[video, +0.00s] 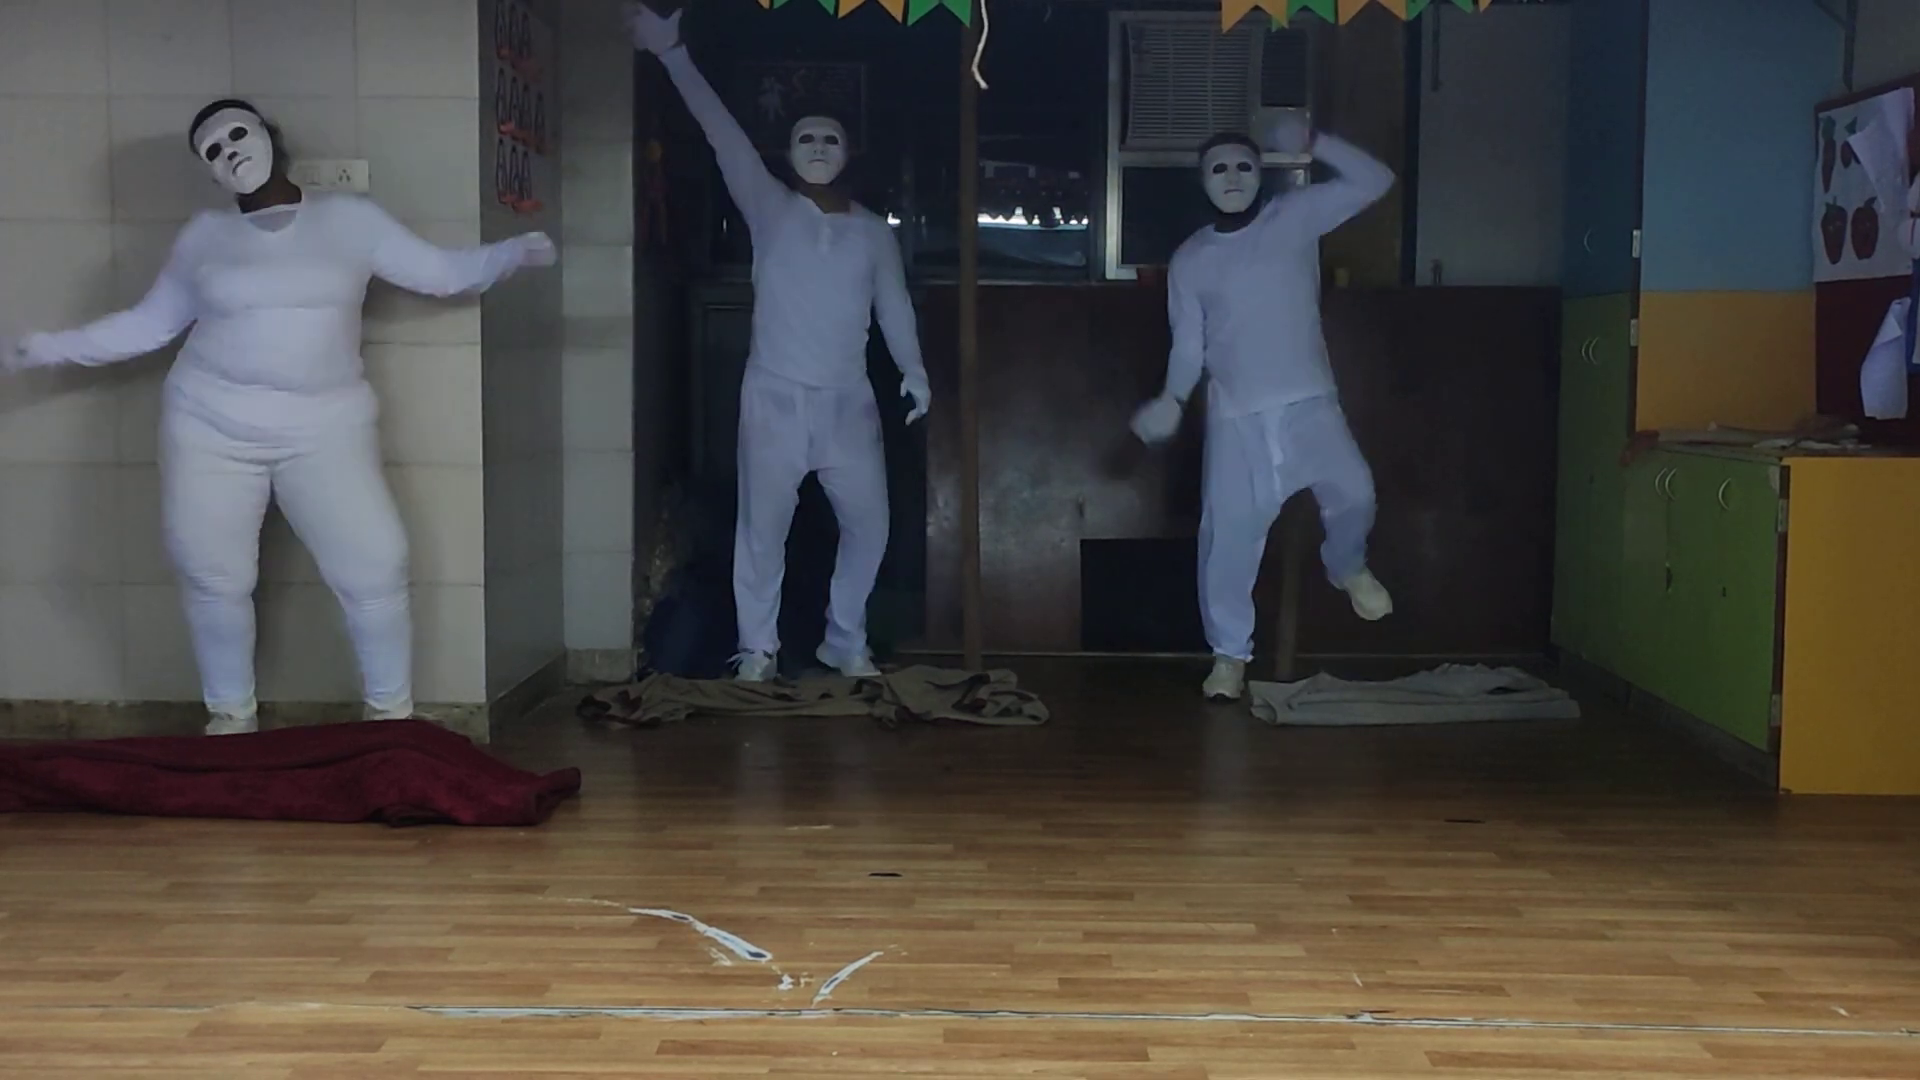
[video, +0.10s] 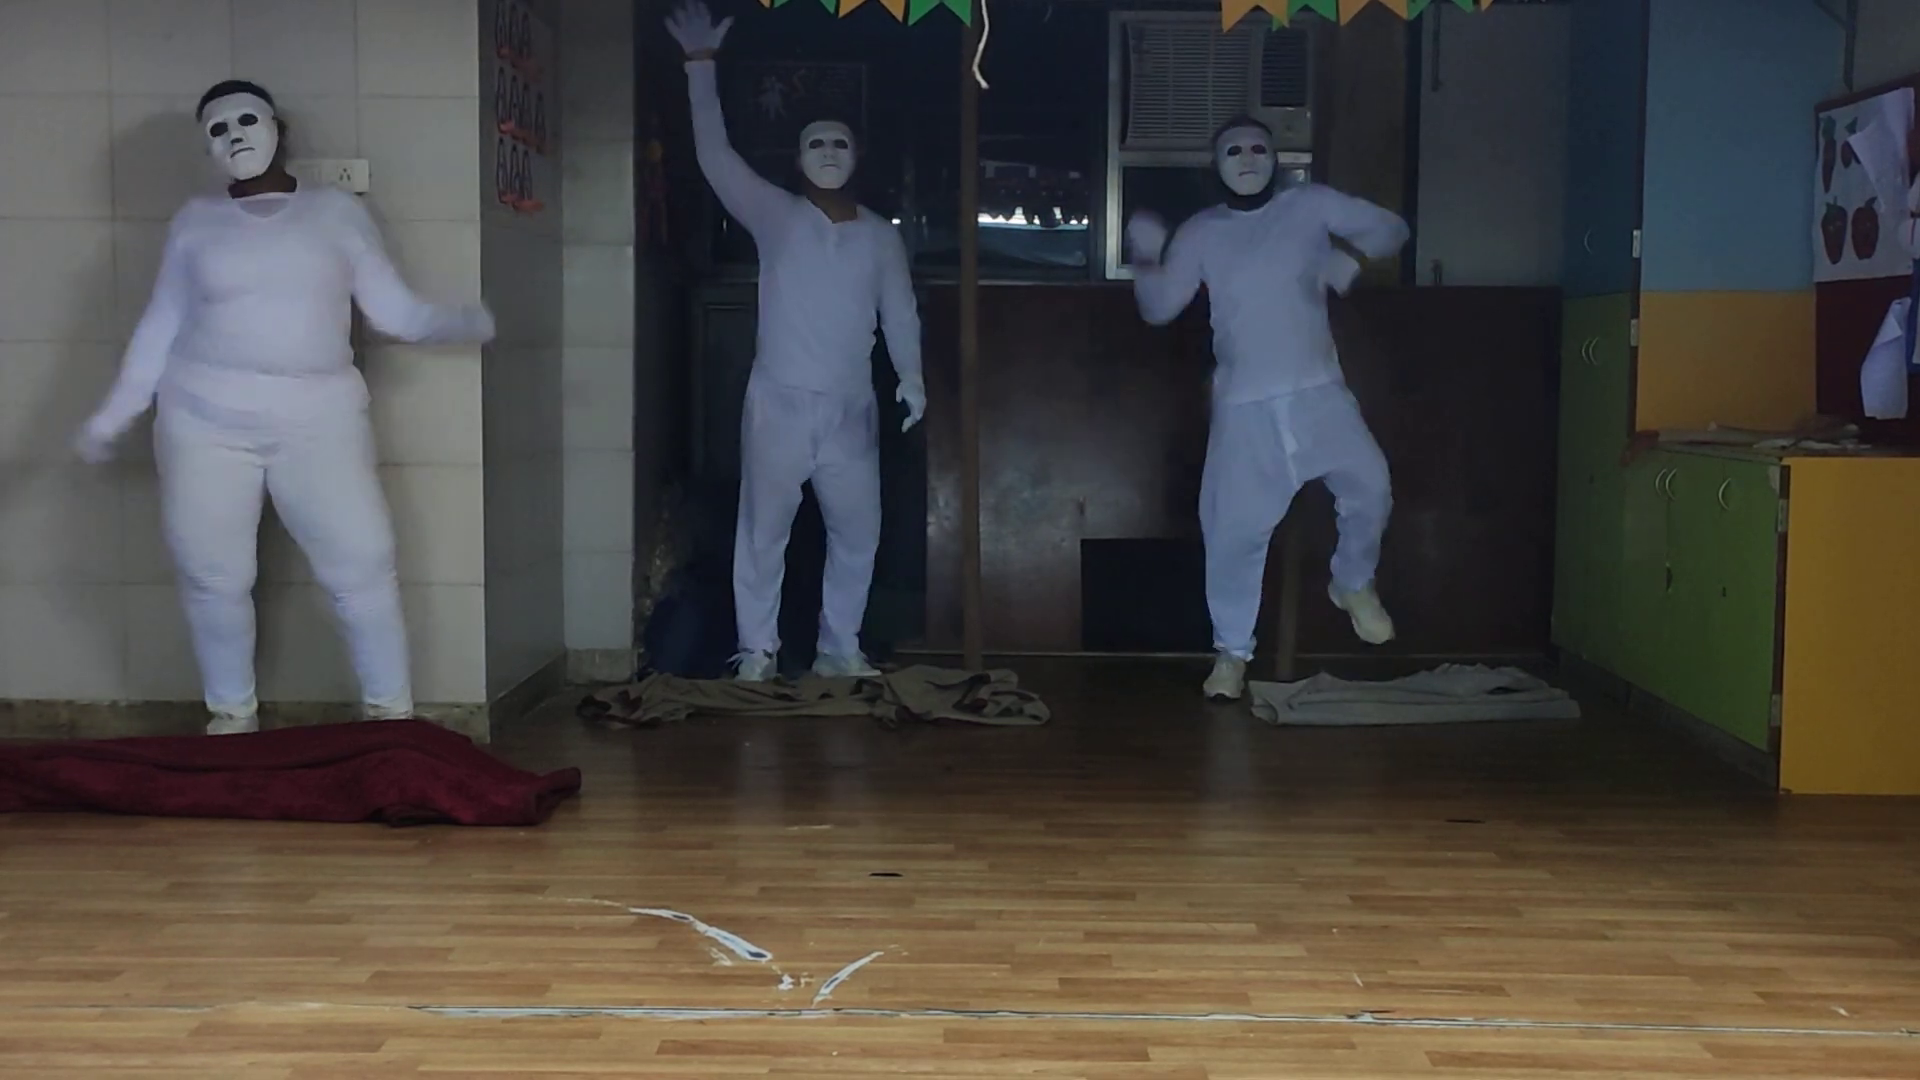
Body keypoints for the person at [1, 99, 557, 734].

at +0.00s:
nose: (231, 153)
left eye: (238, 136)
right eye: (214, 152)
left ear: (271, 138)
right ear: (209, 173)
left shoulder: (350, 221)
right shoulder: (205, 239)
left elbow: (440, 269)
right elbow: (149, 323)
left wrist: (509, 253)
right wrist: (55, 347)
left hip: (327, 430)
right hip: (213, 432)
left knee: (374, 569)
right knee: (214, 580)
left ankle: (391, 716)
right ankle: (230, 720)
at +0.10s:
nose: (235, 138)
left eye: (247, 122)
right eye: (218, 131)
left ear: (278, 129)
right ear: (209, 147)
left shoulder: (336, 215)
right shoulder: (197, 224)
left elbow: (397, 311)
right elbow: (158, 330)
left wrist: (465, 321)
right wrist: (113, 415)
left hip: (318, 417)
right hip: (207, 419)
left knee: (360, 565)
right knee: (214, 576)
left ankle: (389, 711)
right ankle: (231, 714)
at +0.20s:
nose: (249, 126)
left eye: (265, 113)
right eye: (235, 114)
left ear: (289, 124)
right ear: (218, 124)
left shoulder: (332, 210)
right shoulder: (185, 212)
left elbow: (361, 321)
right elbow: (156, 319)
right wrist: (145, 414)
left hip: (319, 408)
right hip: (210, 413)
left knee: (350, 561)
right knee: (226, 569)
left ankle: (381, 706)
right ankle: (234, 712)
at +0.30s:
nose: (253, 126)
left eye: (269, 115)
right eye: (239, 114)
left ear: (294, 126)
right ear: (222, 123)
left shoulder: (335, 210)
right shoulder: (190, 206)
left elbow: (369, 311)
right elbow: (130, 280)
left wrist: (375, 404)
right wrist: (76, 346)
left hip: (320, 414)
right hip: (215, 418)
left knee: (336, 569)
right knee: (233, 571)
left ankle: (354, 712)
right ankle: (236, 713)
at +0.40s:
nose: (256, 131)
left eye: (273, 118)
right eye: (242, 118)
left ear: (296, 130)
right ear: (225, 129)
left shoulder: (340, 211)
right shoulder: (195, 205)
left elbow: (386, 307)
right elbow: (101, 227)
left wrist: (395, 392)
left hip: (329, 416)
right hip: (225, 418)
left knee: (334, 571)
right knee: (238, 572)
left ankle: (348, 713)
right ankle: (237, 711)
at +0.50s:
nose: (262, 131)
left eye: (278, 118)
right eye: (247, 118)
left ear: (303, 126)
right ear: (229, 126)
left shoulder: (348, 209)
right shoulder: (204, 200)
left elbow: (389, 303)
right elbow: (113, 173)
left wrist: (411, 385)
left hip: (338, 410)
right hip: (233, 413)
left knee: (339, 569)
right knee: (233, 571)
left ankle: (350, 715)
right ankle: (235, 711)